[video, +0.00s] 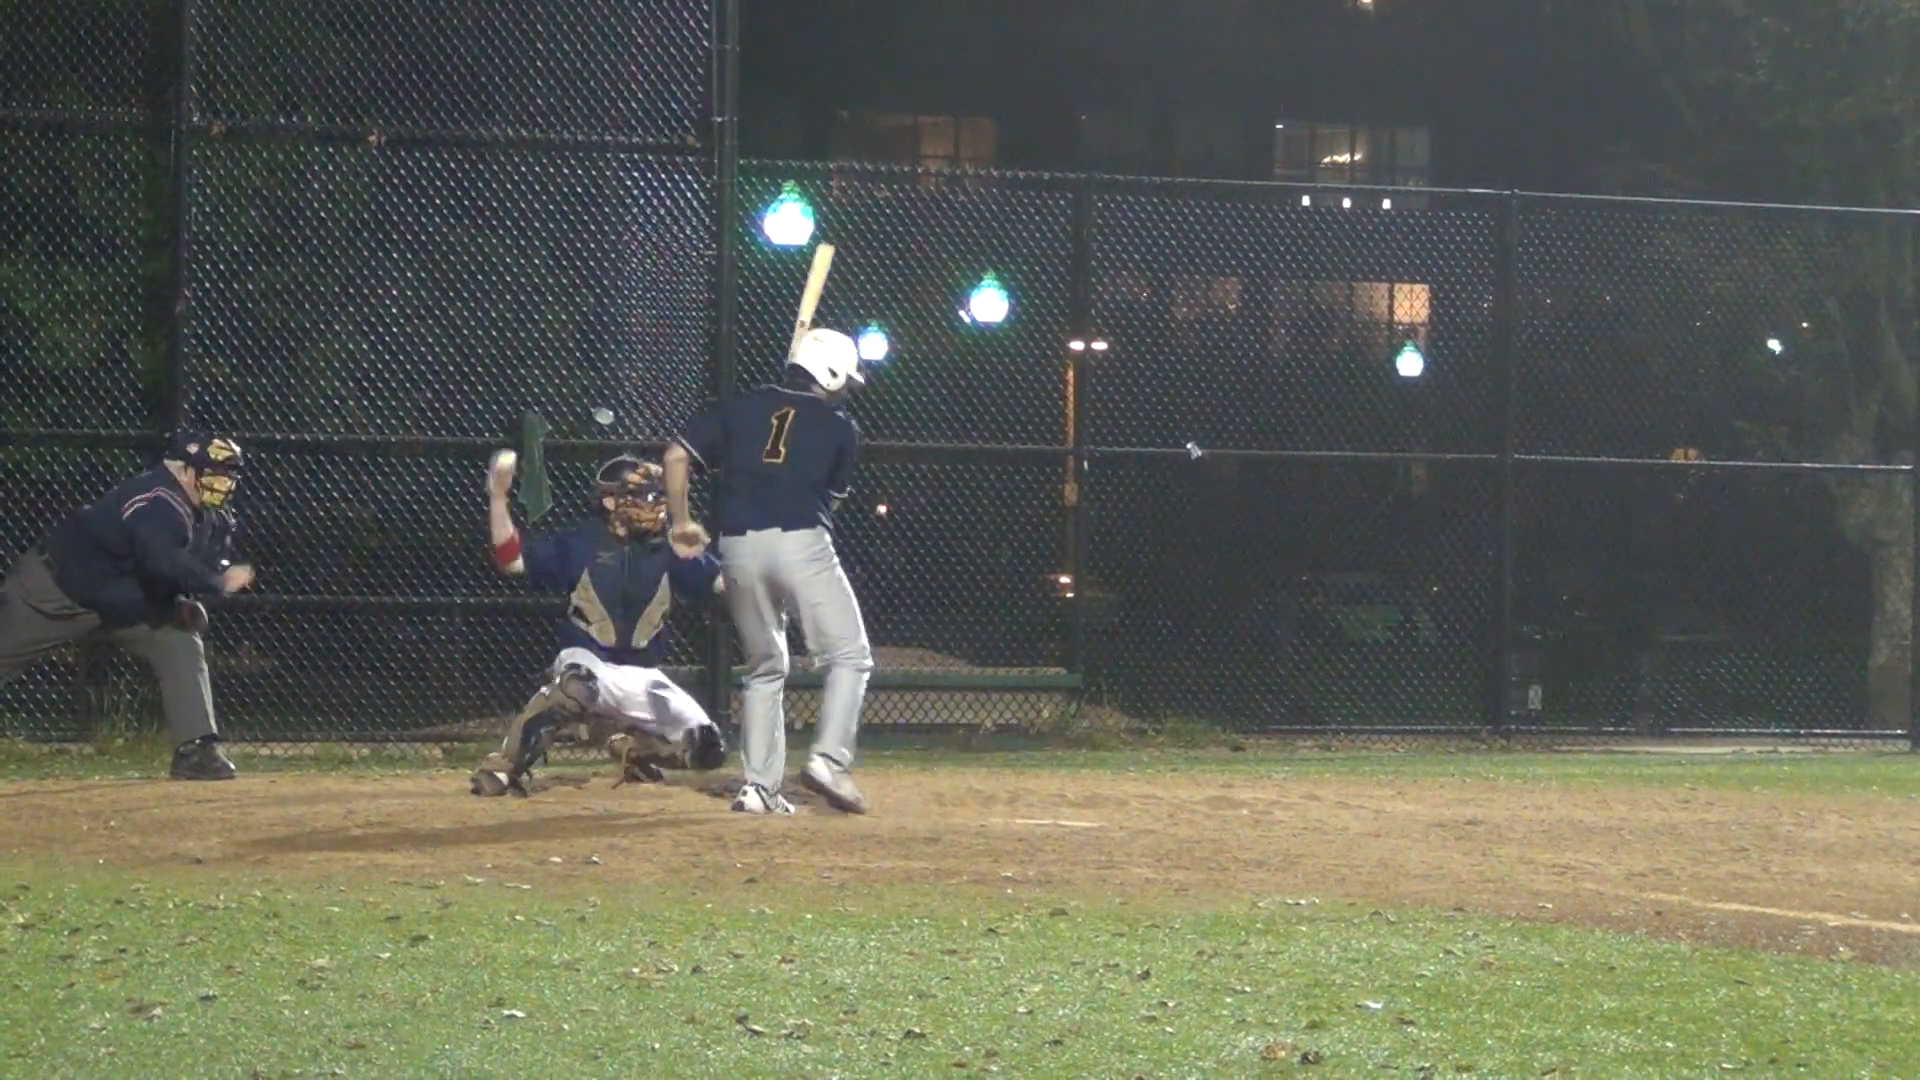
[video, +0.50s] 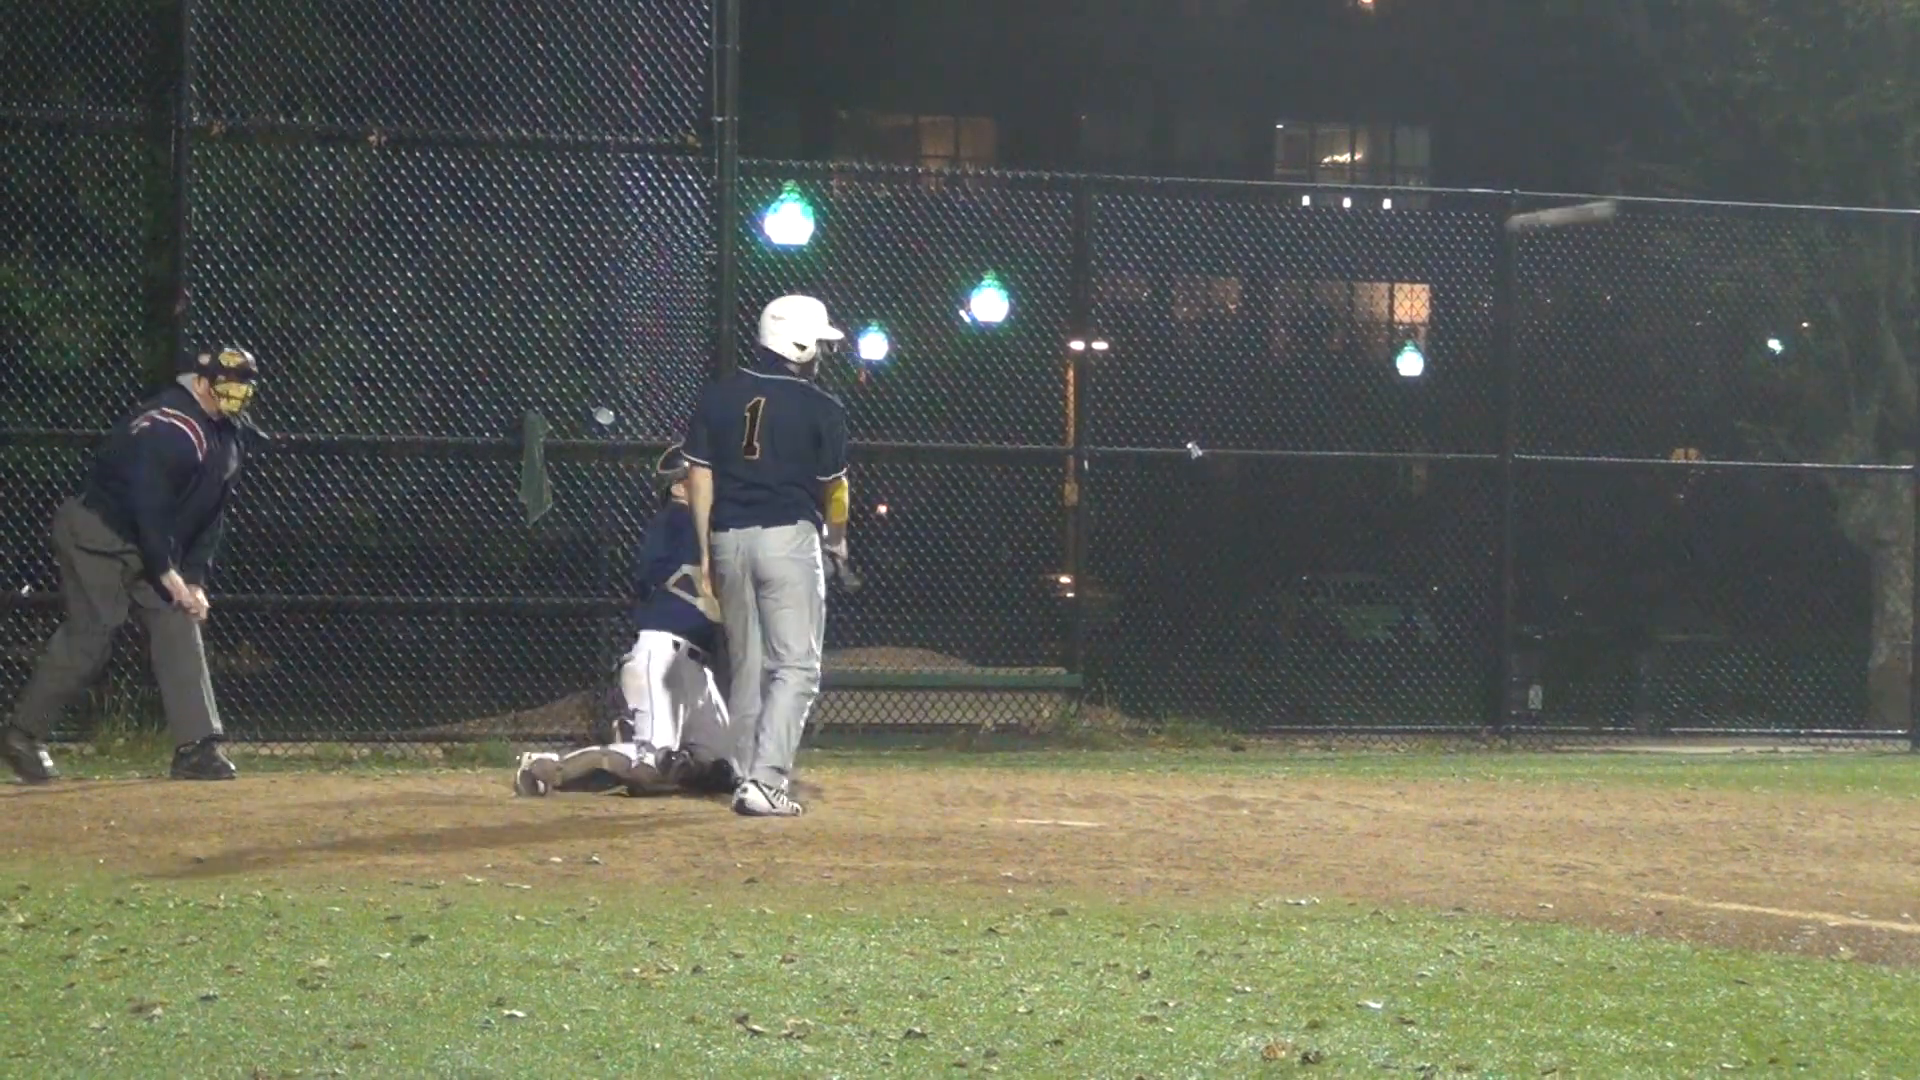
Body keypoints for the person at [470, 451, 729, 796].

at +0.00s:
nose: (652, 505)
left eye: (655, 497)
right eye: (640, 497)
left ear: (664, 500)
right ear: (610, 501)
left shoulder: (668, 552)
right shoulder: (582, 543)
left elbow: (725, 589)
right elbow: (511, 560)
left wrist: (698, 556)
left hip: (642, 672)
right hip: (586, 660)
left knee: (708, 748)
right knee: (577, 686)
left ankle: (636, 751)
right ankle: (506, 765)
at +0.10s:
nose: (644, 497)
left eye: (651, 490)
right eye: (635, 489)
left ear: (662, 496)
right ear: (616, 497)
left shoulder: (674, 543)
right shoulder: (584, 532)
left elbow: (712, 581)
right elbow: (526, 510)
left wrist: (692, 540)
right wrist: (534, 456)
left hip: (655, 674)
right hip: (598, 658)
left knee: (716, 771)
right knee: (581, 703)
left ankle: (646, 758)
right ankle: (507, 769)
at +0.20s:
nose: (656, 495)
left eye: (664, 486)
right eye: (645, 487)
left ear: (680, 492)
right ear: (630, 494)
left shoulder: (698, 541)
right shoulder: (606, 534)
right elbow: (543, 505)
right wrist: (593, 463)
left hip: (673, 677)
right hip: (620, 660)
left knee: (719, 777)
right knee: (594, 725)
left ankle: (642, 761)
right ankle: (507, 774)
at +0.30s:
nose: (685, 492)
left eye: (688, 484)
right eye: (674, 485)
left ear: (699, 490)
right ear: (656, 494)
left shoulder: (711, 541)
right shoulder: (647, 522)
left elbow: (727, 622)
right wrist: (559, 464)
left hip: (685, 674)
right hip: (644, 655)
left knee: (725, 774)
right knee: (612, 744)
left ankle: (634, 765)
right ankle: (515, 774)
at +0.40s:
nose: (694, 486)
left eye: (695, 478)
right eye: (685, 479)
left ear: (701, 482)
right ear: (670, 487)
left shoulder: (713, 527)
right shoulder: (660, 515)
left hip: (691, 666)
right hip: (652, 651)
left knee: (724, 771)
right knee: (647, 761)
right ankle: (543, 770)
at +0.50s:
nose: (698, 482)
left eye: (699, 475)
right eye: (689, 476)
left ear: (710, 483)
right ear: (675, 488)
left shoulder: (720, 532)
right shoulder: (672, 521)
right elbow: (655, 569)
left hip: (697, 666)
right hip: (657, 654)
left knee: (725, 764)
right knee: (651, 764)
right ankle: (547, 768)